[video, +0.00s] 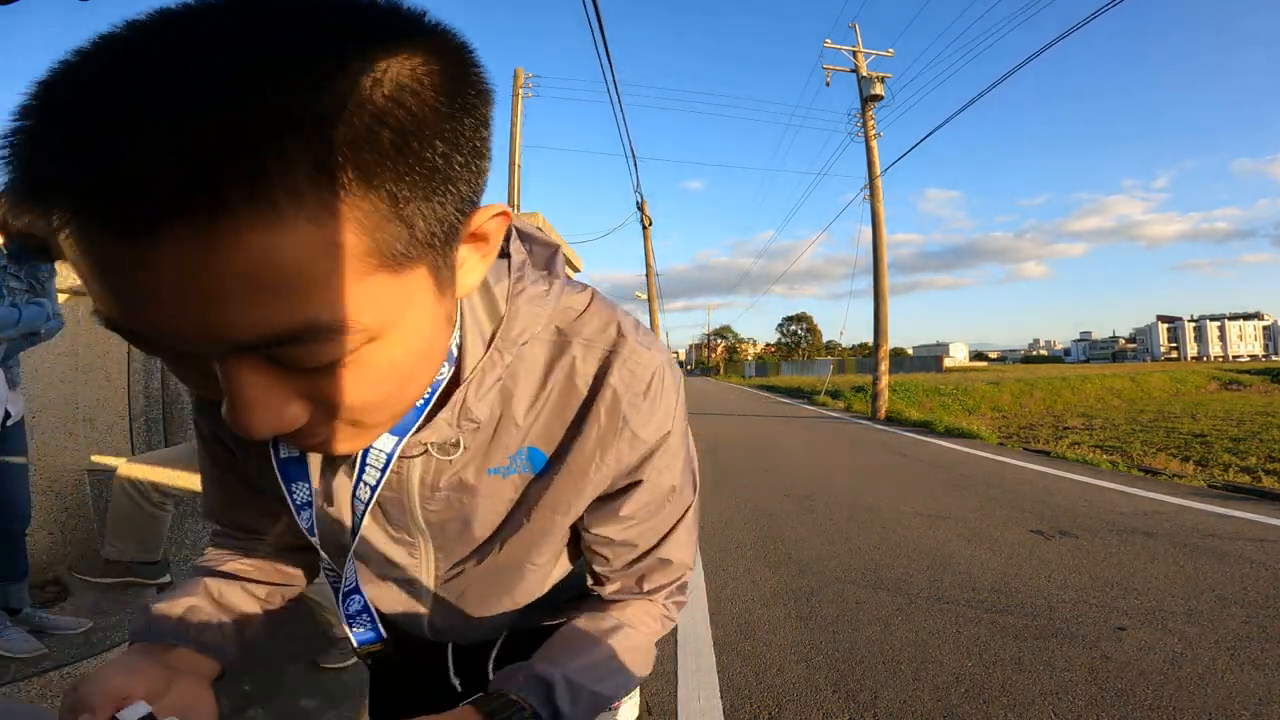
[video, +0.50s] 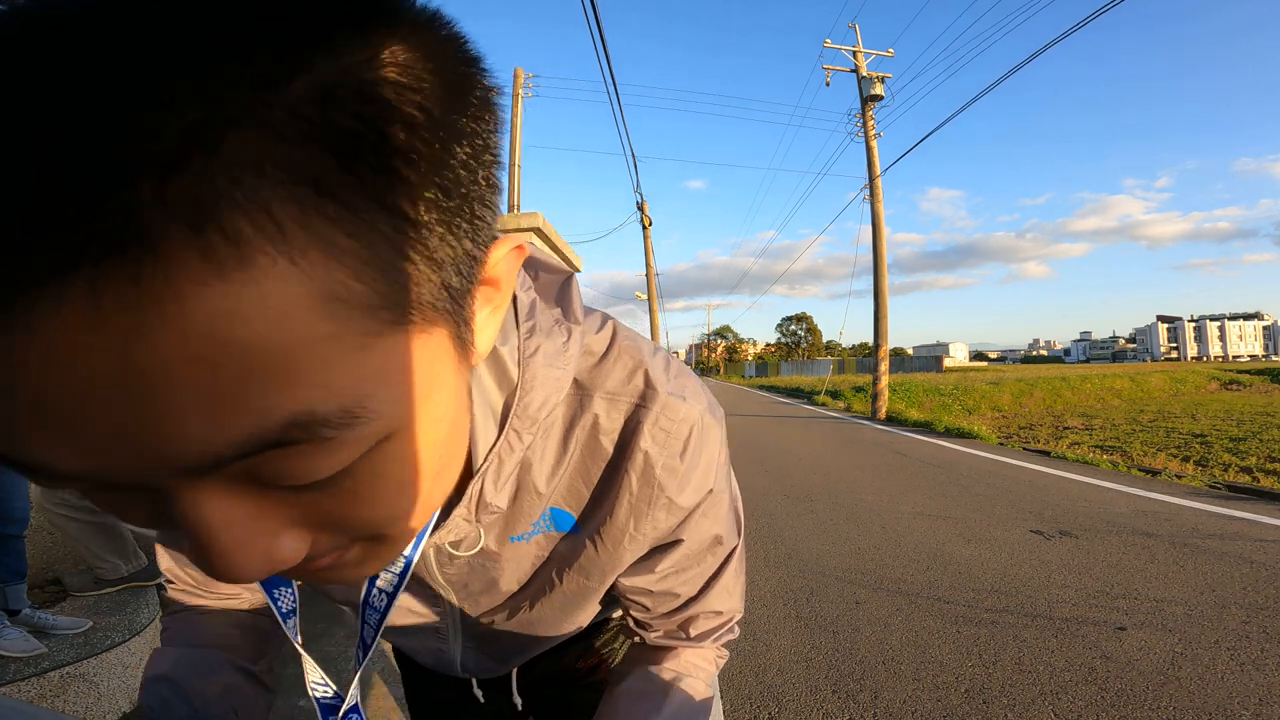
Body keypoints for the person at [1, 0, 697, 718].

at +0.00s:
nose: (250, 420)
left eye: (307, 354)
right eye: (189, 361)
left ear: (471, 254)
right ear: (141, 312)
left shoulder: (616, 377)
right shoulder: (228, 385)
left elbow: (639, 590)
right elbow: (252, 559)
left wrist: (532, 700)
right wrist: (172, 650)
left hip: (550, 636)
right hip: (395, 642)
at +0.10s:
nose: (286, 424)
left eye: (349, 356)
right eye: (218, 361)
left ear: (513, 251)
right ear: (169, 311)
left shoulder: (649, 381)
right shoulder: (244, 386)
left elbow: (664, 598)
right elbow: (280, 566)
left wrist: (579, 703)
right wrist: (200, 672)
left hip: (596, 636)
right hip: (428, 645)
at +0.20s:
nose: (302, 442)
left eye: (371, 368)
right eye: (227, 374)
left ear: (537, 256)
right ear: (176, 323)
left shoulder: (669, 395)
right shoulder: (251, 394)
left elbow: (676, 607)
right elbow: (283, 575)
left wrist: (609, 705)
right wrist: (237, 681)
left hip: (606, 640)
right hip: (433, 644)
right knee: (441, 708)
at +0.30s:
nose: (298, 476)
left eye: (370, 386)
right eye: (216, 401)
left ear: (542, 277)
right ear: (149, 344)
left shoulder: (676, 412)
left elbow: (681, 624)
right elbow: (275, 596)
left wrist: (623, 711)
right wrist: (254, 704)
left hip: (594, 656)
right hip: (428, 662)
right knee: (437, 694)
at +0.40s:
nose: (281, 514)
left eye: (353, 417)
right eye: (170, 439)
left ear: (531, 285)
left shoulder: (673, 424)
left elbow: (680, 636)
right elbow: (252, 617)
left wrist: (639, 706)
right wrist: (244, 708)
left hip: (584, 651)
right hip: (422, 651)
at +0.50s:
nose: (229, 567)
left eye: (298, 458)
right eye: (118, 501)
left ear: (485, 301)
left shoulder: (654, 434)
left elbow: (687, 640)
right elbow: (213, 642)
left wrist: (652, 704)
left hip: (582, 639)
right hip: (424, 647)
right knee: (442, 703)